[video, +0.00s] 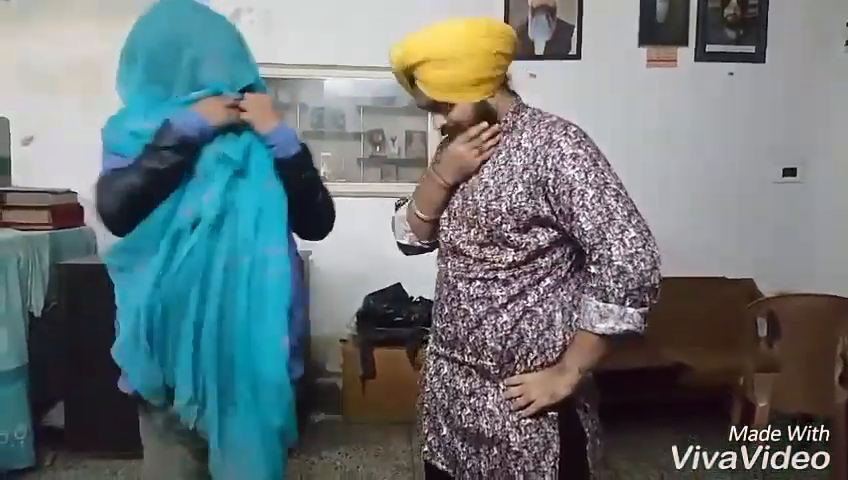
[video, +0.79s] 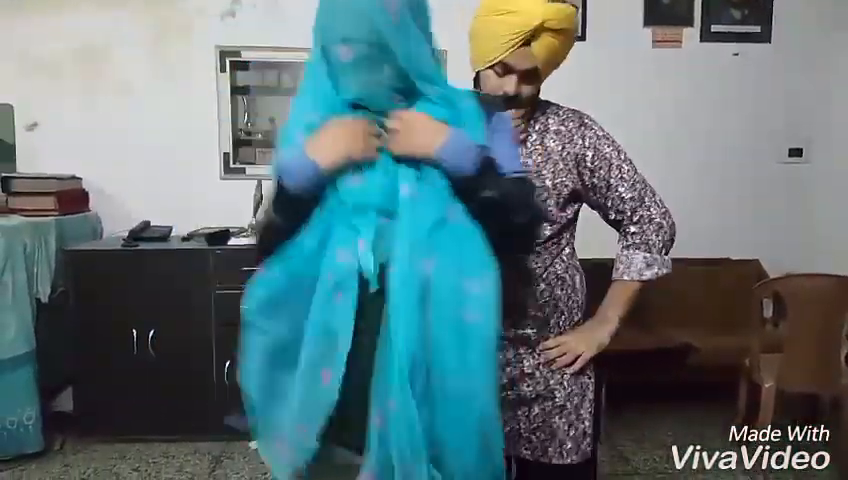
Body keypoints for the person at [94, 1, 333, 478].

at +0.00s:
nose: (215, 100)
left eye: (227, 85)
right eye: (194, 86)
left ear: (243, 76)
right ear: (159, 77)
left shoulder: (260, 139)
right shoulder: (132, 135)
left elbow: (317, 223)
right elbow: (116, 213)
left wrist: (279, 134)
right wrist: (188, 127)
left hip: (259, 367)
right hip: (166, 368)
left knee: (253, 469)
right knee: (170, 468)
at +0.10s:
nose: (240, 86)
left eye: (251, 69)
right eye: (219, 71)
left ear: (262, 61)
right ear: (185, 63)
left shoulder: (283, 129)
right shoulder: (151, 132)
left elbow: (340, 220)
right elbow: (158, 226)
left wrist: (306, 133)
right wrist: (221, 133)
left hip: (285, 356)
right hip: (193, 360)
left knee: (284, 468)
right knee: (190, 468)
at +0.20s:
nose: (265, 114)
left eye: (275, 100)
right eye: (243, 102)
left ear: (287, 90)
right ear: (206, 96)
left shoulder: (306, 155)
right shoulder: (177, 158)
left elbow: (366, 240)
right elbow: (188, 252)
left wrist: (330, 153)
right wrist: (252, 150)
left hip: (316, 401)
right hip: (220, 408)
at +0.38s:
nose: (301, 113)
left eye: (313, 96)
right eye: (280, 99)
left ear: (330, 89)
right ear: (247, 92)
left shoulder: (345, 162)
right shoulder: (220, 158)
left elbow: (392, 263)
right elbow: (206, 261)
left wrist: (365, 160)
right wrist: (275, 170)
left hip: (347, 411)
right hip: (252, 418)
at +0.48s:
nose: (311, 87)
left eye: (327, 66)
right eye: (291, 70)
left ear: (347, 51)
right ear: (264, 56)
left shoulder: (382, 123)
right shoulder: (241, 116)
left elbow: (417, 237)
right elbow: (197, 218)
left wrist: (382, 136)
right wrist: (277, 141)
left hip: (369, 400)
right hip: (261, 399)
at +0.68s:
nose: (353, 49)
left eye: (368, 36)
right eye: (336, 38)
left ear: (396, 35)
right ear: (312, 40)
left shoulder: (442, 117)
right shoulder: (292, 118)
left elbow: (488, 226)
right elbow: (223, 224)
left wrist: (421, 138)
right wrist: (285, 133)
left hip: (412, 377)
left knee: (403, 466)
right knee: (301, 464)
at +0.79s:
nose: (355, 59)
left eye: (372, 46)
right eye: (342, 46)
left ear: (408, 39)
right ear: (324, 48)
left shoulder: (468, 116)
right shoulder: (314, 123)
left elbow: (522, 228)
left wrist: (449, 148)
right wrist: (310, 163)